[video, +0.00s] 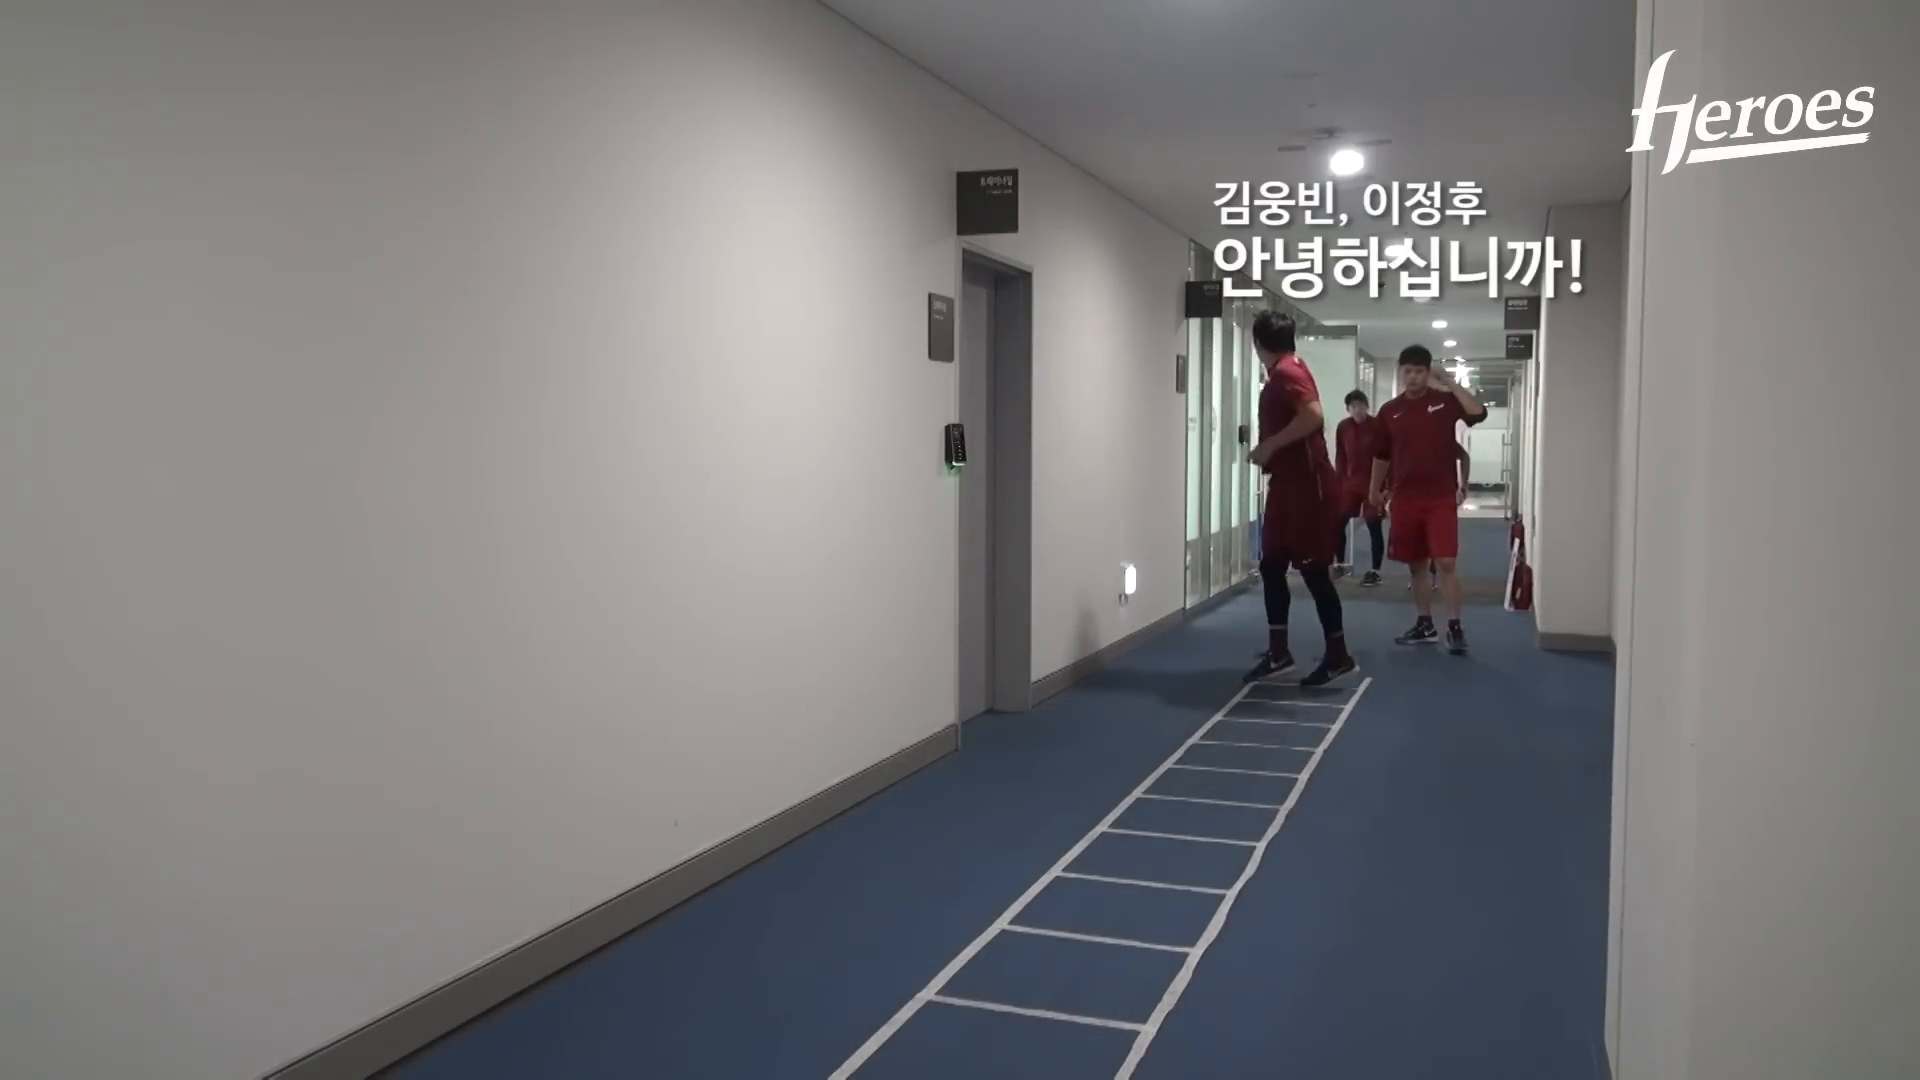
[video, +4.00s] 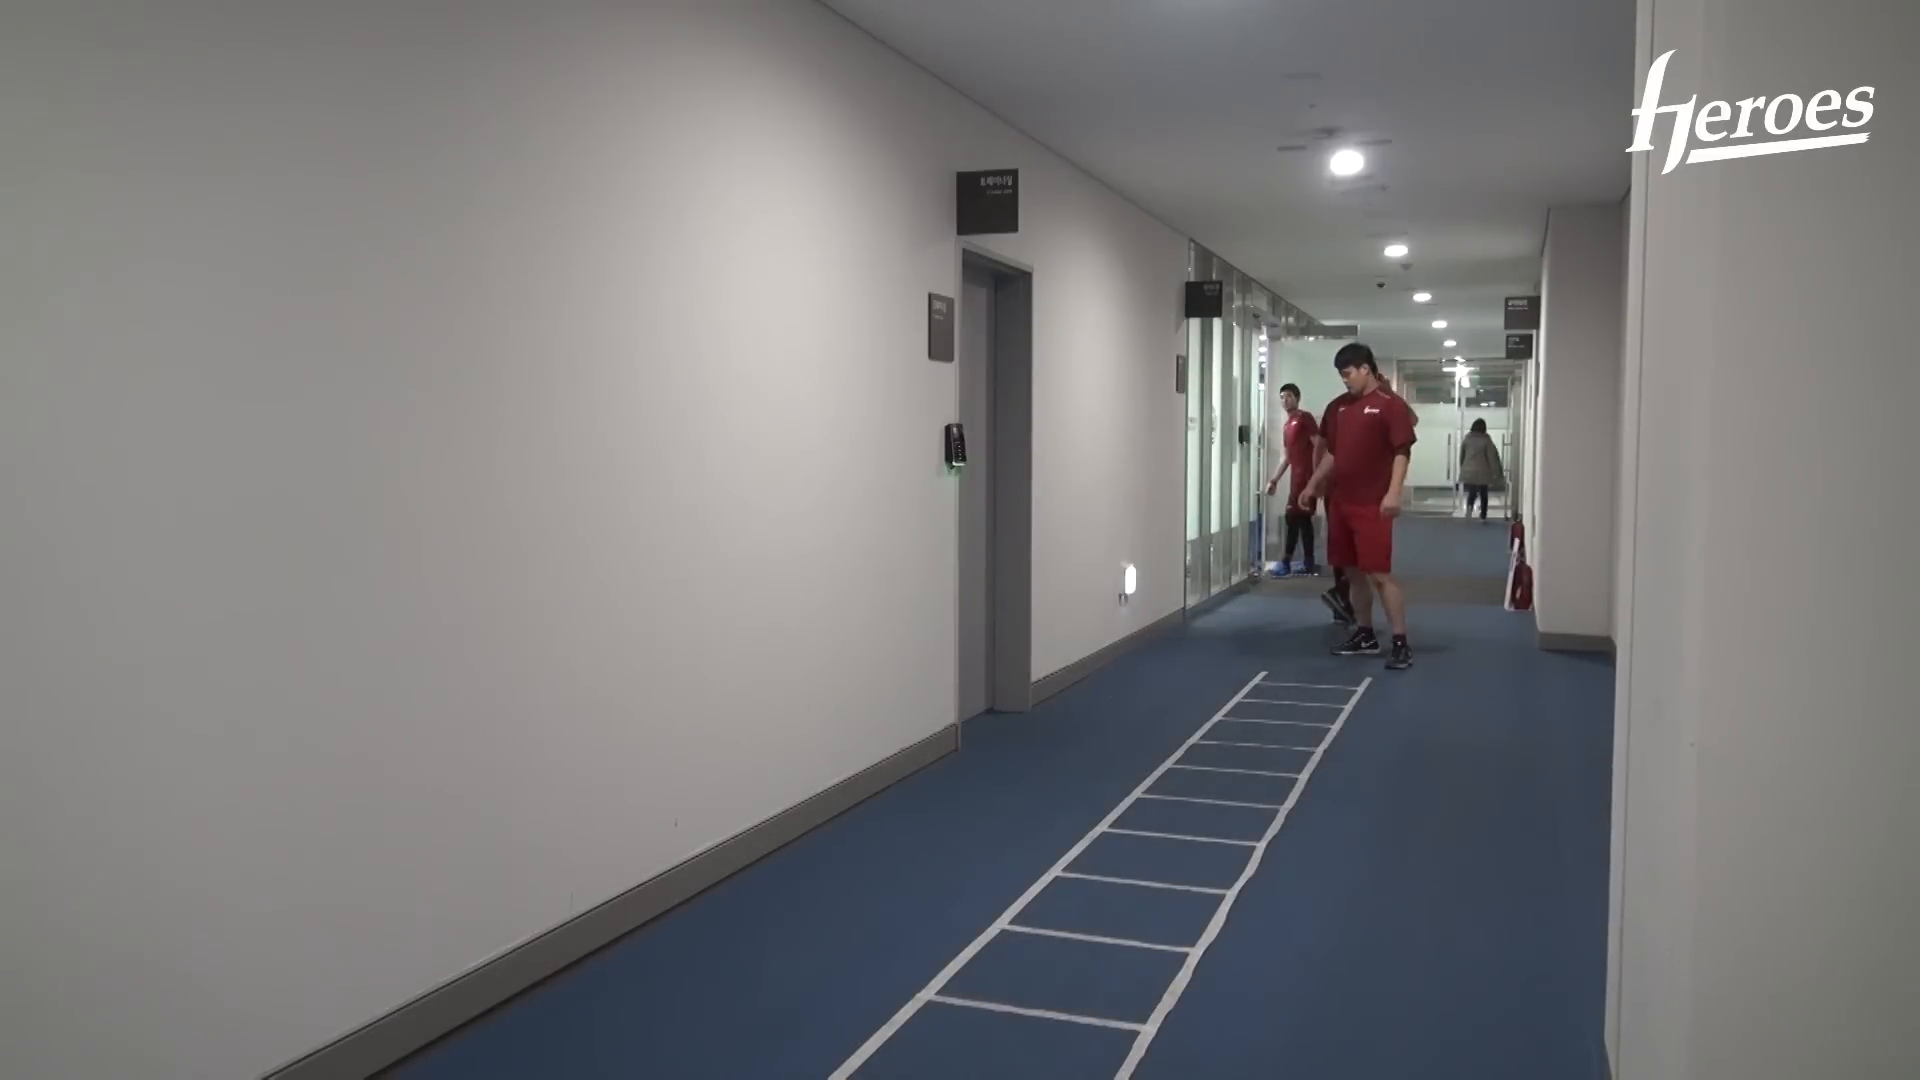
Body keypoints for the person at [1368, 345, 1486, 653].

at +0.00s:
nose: (1413, 377)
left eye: (1419, 371)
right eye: (1408, 371)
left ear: (1429, 373)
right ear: (1399, 373)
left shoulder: (1446, 401)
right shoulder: (1389, 411)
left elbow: (1477, 414)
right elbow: (1382, 454)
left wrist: (1449, 382)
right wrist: (1374, 490)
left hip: (1441, 497)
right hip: (1406, 499)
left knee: (1445, 563)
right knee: (1417, 565)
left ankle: (1455, 627)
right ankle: (1424, 623)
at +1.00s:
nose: (1450, 371)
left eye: (1456, 366)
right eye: (1445, 365)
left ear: (1468, 369)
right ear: (1439, 367)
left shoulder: (1485, 402)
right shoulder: (1423, 404)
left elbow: (1520, 420)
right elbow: (1407, 450)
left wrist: (1489, 387)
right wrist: (1392, 486)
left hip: (1465, 499)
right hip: (1425, 496)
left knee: (1461, 570)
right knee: (1406, 561)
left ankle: (1460, 631)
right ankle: (1416, 617)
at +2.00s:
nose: (1381, 375)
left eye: (1386, 369)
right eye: (1375, 370)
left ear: (1397, 370)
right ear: (1368, 373)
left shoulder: (1421, 402)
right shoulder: (1358, 409)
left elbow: (1441, 440)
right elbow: (1340, 448)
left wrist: (1449, 473)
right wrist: (1327, 481)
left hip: (1408, 497)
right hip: (1369, 498)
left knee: (1402, 566)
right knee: (1374, 569)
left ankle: (1415, 628)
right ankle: (1379, 634)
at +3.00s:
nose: (1388, 374)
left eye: (1395, 368)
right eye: (1385, 368)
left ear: (1413, 368)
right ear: (1383, 367)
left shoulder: (1429, 404)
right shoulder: (1380, 400)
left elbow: (1431, 456)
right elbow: (1370, 445)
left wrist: (1417, 498)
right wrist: (1346, 473)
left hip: (1408, 498)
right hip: (1378, 495)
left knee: (1403, 572)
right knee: (1364, 565)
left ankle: (1405, 643)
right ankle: (1383, 629)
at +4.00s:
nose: (1344, 379)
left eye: (1348, 372)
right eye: (1341, 374)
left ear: (1366, 369)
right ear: (1344, 375)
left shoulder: (1392, 405)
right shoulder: (1338, 407)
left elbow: (1402, 452)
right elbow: (1332, 453)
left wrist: (1394, 493)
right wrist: (1312, 485)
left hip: (1373, 504)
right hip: (1341, 503)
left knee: (1378, 573)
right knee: (1353, 572)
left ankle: (1400, 642)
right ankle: (1364, 634)